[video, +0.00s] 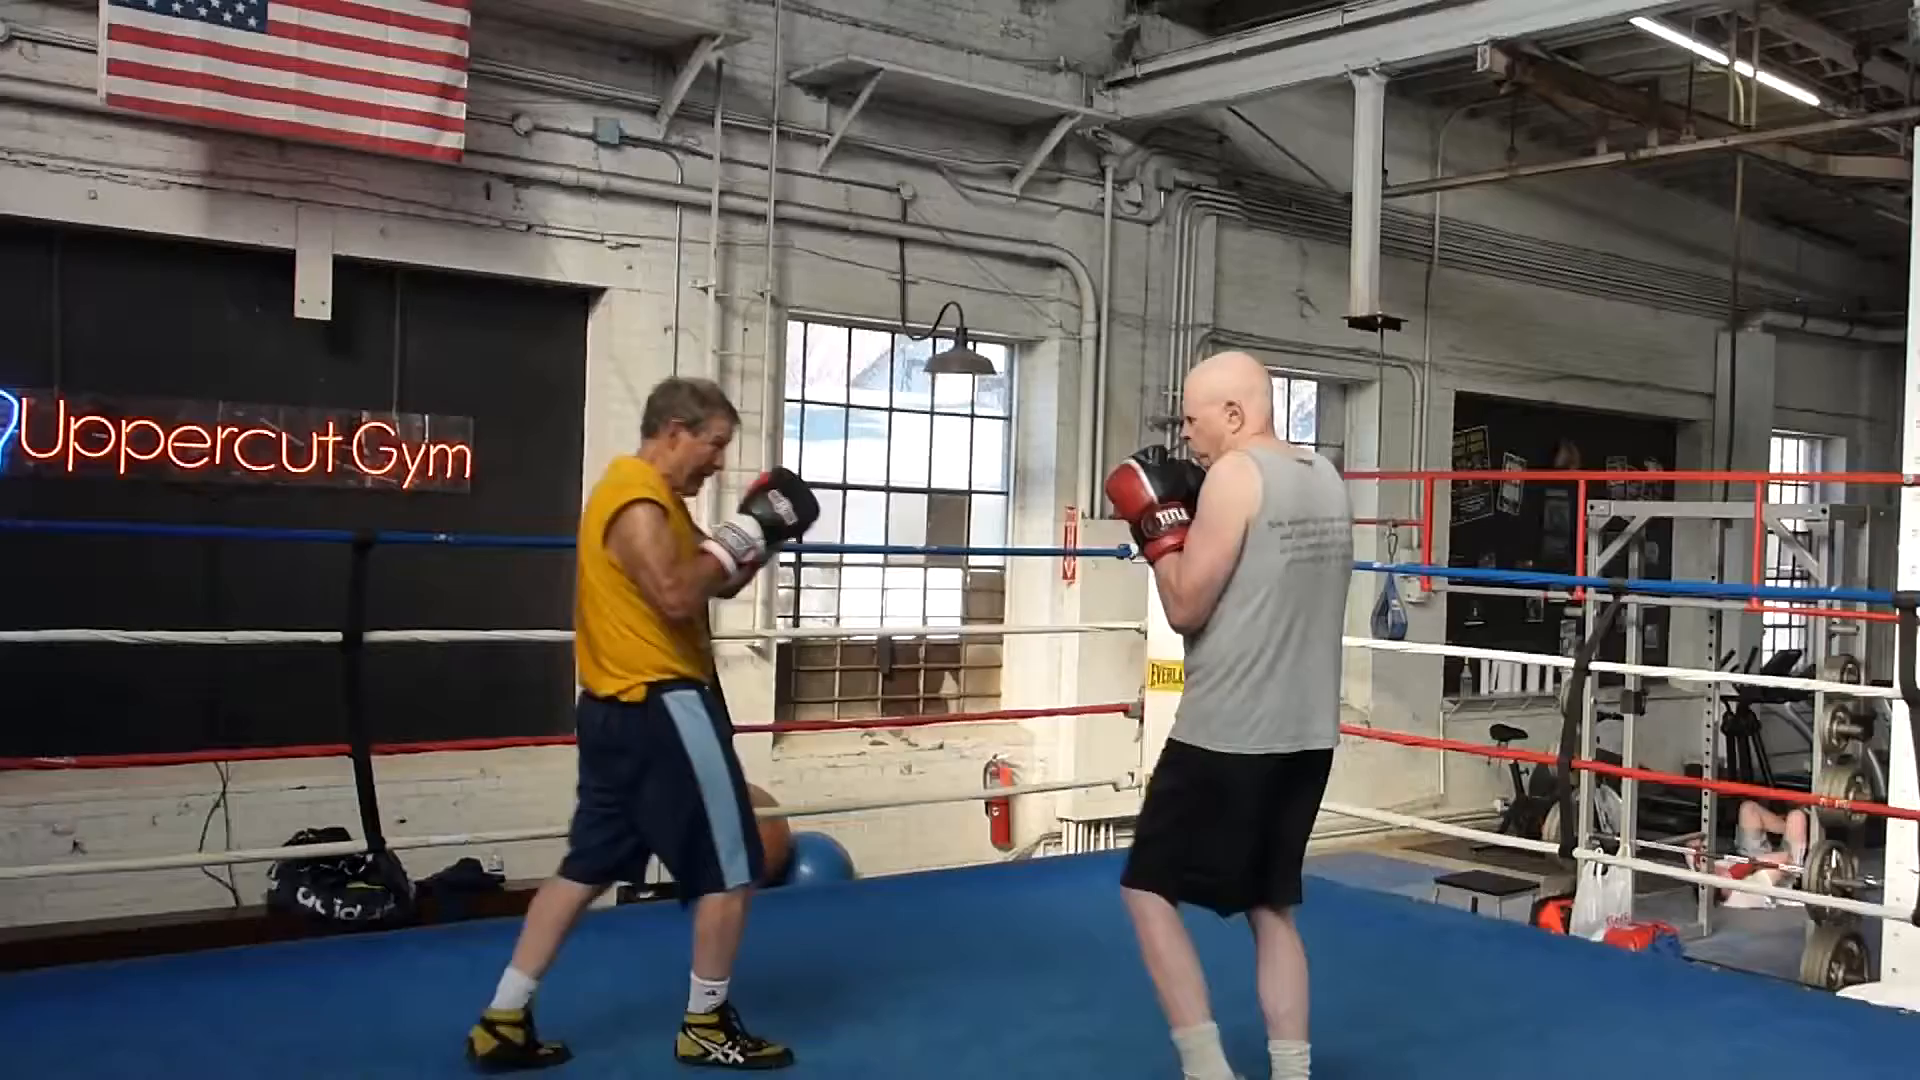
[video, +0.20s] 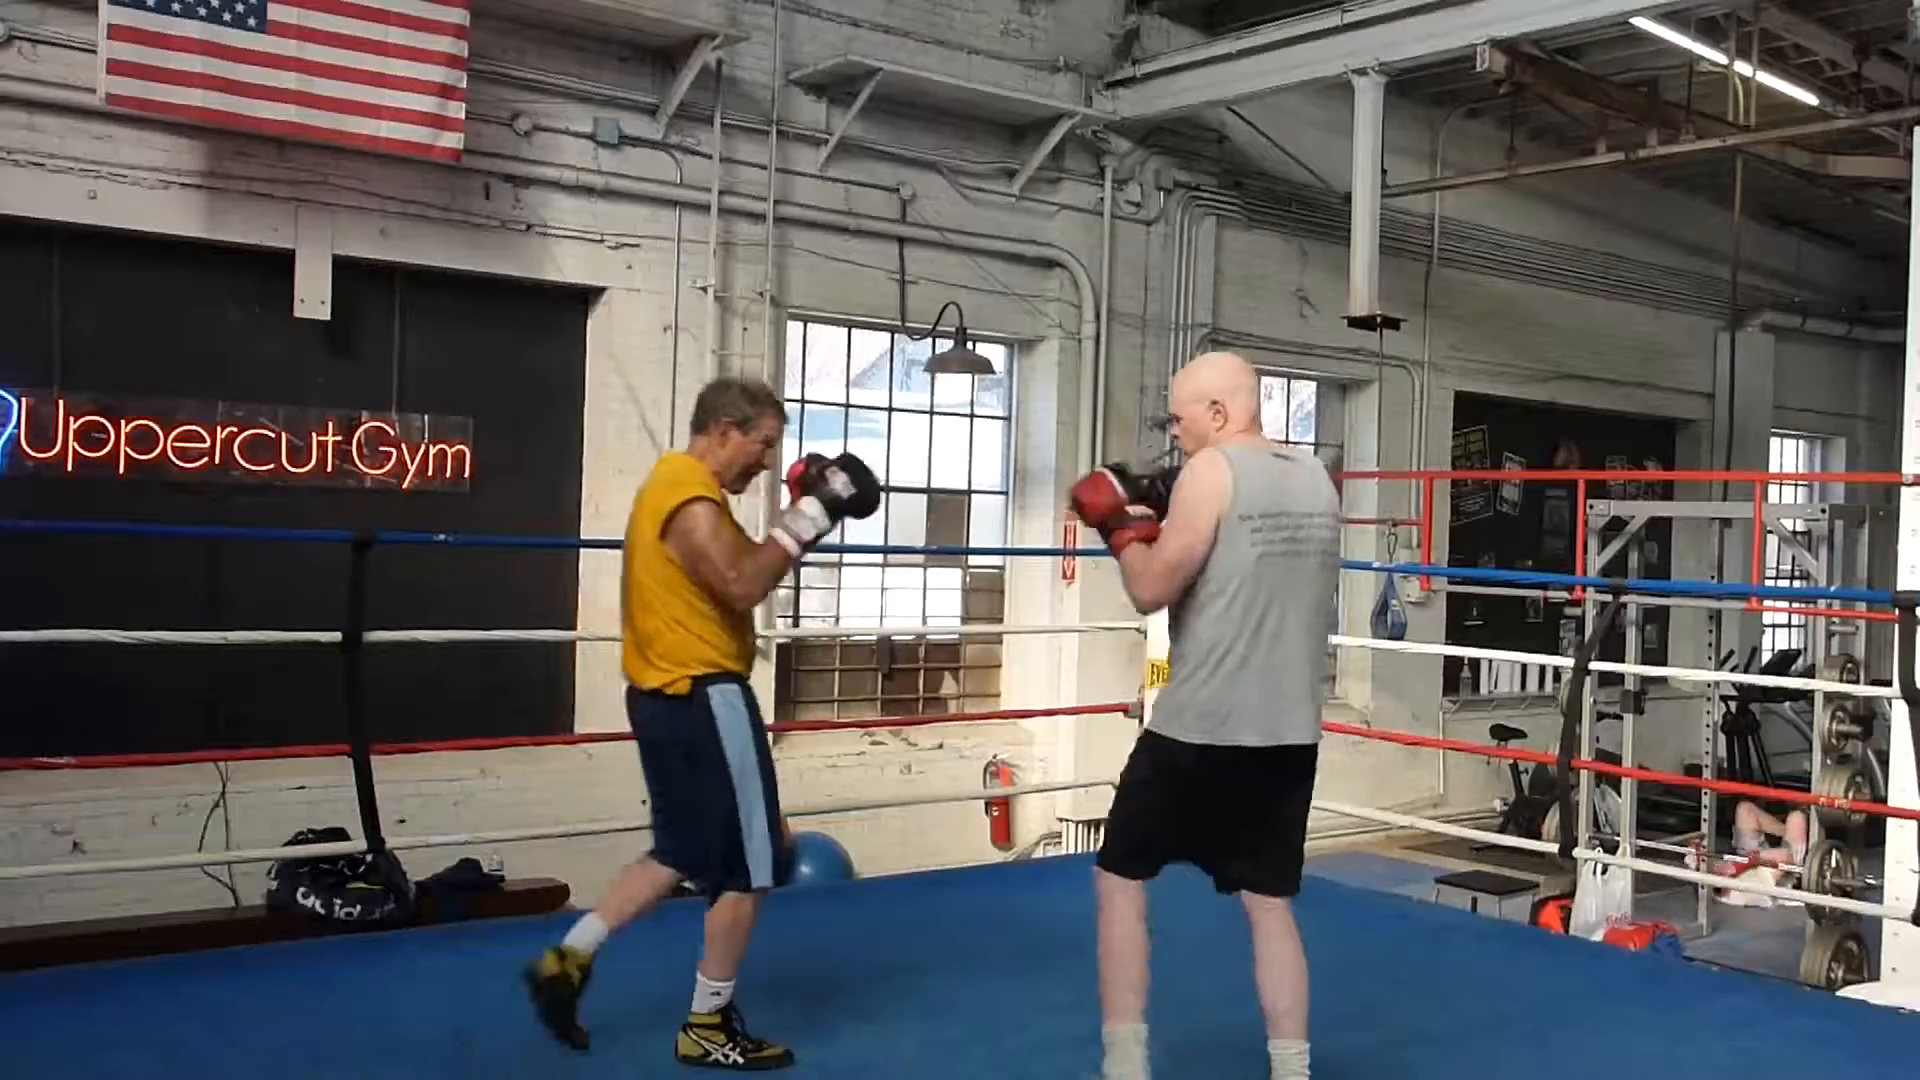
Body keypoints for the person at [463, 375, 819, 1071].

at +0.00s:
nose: (721, 462)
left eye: (725, 447)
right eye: (718, 444)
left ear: (672, 437)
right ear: (677, 433)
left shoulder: (646, 496)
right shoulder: (638, 493)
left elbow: (701, 585)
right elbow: (675, 594)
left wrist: (759, 538)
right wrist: (747, 529)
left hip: (613, 707)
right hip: (665, 704)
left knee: (590, 862)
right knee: (730, 863)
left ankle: (504, 1017)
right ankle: (706, 1025)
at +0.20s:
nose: (767, 463)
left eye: (771, 451)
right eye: (764, 446)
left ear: (721, 433)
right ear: (726, 430)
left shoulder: (672, 485)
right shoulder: (688, 488)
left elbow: (740, 576)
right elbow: (742, 585)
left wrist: (794, 522)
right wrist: (801, 522)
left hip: (665, 693)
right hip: (706, 694)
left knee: (680, 850)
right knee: (748, 861)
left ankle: (569, 957)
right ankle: (708, 1024)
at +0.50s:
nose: (816, 458)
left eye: (821, 447)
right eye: (814, 441)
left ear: (777, 430)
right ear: (778, 425)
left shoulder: (751, 484)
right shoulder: (737, 474)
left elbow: (815, 573)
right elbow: (798, 556)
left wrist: (862, 513)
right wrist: (857, 490)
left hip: (748, 677)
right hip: (736, 679)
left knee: (741, 838)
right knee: (736, 847)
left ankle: (712, 964)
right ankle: (701, 1024)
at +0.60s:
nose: (826, 465)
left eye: (830, 455)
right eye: (824, 450)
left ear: (793, 441)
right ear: (789, 433)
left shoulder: (776, 498)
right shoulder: (743, 481)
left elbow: (828, 578)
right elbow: (797, 567)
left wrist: (872, 520)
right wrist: (844, 496)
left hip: (776, 679)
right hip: (748, 679)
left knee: (766, 838)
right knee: (743, 847)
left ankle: (728, 966)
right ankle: (702, 1022)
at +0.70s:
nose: (834, 470)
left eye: (838, 459)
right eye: (831, 455)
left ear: (800, 444)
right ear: (798, 441)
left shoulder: (790, 506)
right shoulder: (752, 491)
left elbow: (855, 574)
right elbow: (810, 562)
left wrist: (883, 505)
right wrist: (848, 494)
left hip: (787, 679)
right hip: (763, 679)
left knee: (781, 838)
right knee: (777, 845)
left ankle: (728, 976)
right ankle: (710, 1014)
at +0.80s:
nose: (846, 468)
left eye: (849, 459)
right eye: (842, 456)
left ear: (819, 452)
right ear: (811, 443)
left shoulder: (811, 508)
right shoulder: (765, 489)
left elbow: (876, 569)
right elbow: (821, 556)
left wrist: (898, 497)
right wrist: (848, 480)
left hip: (802, 675)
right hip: (776, 675)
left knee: (775, 838)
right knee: (836, 844)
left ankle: (721, 972)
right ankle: (755, 980)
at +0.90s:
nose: (866, 460)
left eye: (869, 451)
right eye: (860, 448)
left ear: (833, 445)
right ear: (827, 440)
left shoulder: (835, 508)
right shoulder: (780, 488)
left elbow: (896, 567)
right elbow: (823, 558)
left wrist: (923, 501)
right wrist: (861, 483)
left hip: (820, 676)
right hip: (795, 676)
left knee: (769, 832)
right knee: (872, 831)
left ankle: (720, 972)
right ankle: (817, 973)